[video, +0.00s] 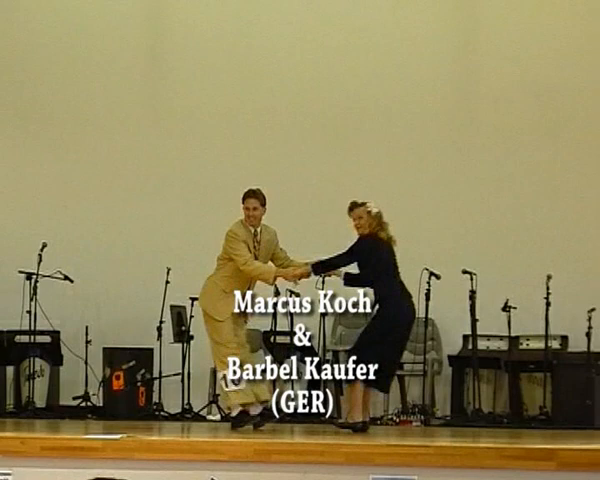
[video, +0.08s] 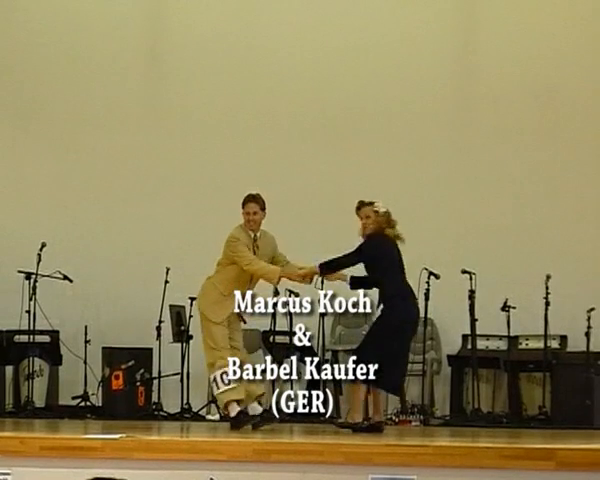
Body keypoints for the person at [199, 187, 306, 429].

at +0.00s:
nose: (250, 213)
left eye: (255, 209)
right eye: (247, 209)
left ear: (264, 210)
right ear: (242, 209)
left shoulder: (269, 235)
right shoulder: (235, 233)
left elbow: (284, 263)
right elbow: (247, 265)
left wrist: (313, 267)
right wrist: (281, 273)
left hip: (240, 299)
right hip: (217, 298)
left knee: (242, 350)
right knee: (227, 350)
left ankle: (254, 407)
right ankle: (237, 408)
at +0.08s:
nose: (251, 218)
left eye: (255, 213)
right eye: (247, 213)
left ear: (263, 215)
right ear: (242, 214)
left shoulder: (267, 240)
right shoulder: (235, 238)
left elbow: (283, 264)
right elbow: (250, 264)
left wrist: (308, 271)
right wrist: (285, 275)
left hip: (235, 302)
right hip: (213, 300)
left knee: (239, 353)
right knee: (219, 352)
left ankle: (253, 407)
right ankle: (232, 408)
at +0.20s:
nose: (258, 218)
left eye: (262, 214)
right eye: (254, 214)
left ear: (270, 215)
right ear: (249, 214)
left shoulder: (272, 240)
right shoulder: (243, 237)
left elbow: (285, 262)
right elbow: (259, 263)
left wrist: (309, 266)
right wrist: (297, 270)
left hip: (238, 304)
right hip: (218, 300)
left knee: (250, 354)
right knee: (228, 354)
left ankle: (253, 411)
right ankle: (232, 412)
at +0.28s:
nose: (270, 218)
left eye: (275, 213)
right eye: (266, 213)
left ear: (281, 214)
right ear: (259, 213)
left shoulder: (281, 238)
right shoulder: (252, 237)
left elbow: (293, 266)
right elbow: (263, 269)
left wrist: (314, 268)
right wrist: (297, 271)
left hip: (251, 304)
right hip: (231, 302)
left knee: (257, 355)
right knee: (244, 352)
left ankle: (247, 409)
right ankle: (231, 407)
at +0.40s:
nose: (290, 219)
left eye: (294, 215)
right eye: (285, 215)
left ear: (300, 215)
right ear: (279, 215)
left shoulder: (302, 244)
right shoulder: (269, 242)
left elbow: (303, 275)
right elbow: (265, 278)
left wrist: (327, 280)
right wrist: (295, 282)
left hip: (278, 308)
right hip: (257, 307)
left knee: (275, 361)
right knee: (277, 358)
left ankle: (245, 407)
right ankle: (247, 407)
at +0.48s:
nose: (303, 215)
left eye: (307, 210)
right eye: (298, 211)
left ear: (313, 212)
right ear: (291, 212)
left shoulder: (316, 240)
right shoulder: (281, 239)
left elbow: (326, 266)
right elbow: (277, 272)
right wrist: (306, 277)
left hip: (300, 310)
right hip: (277, 309)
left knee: (299, 363)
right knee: (283, 363)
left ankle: (265, 409)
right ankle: (258, 411)